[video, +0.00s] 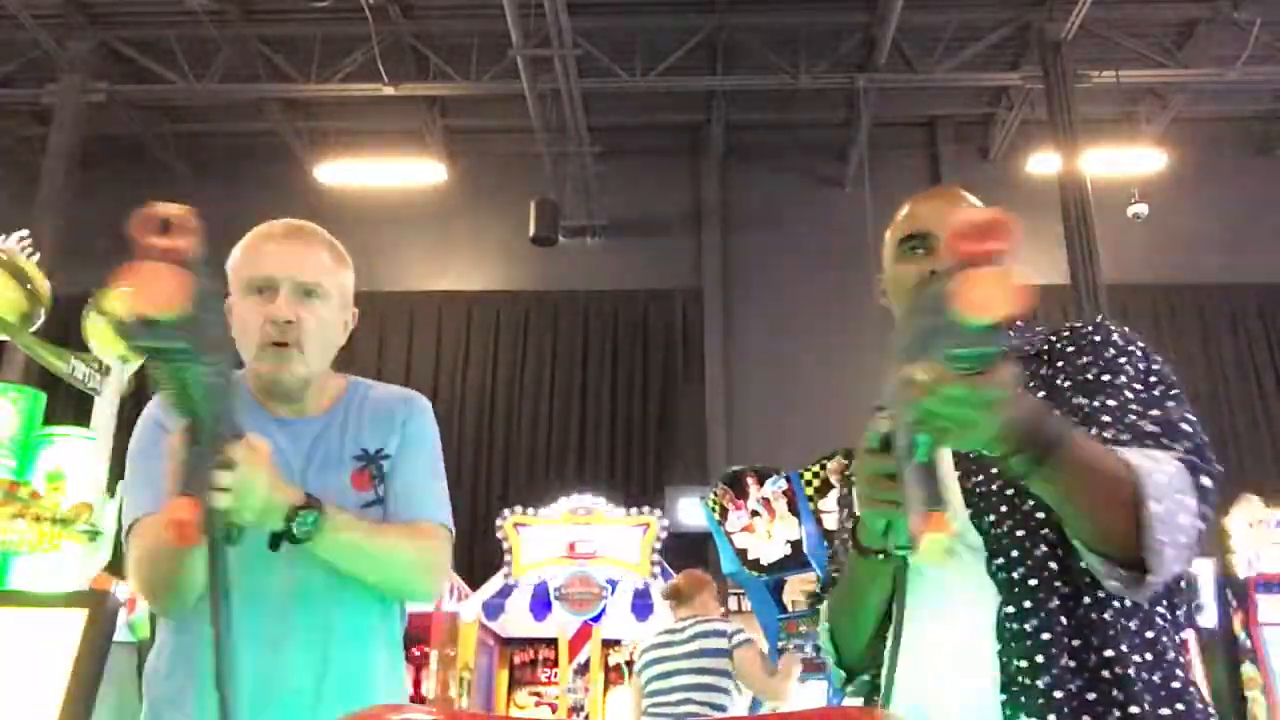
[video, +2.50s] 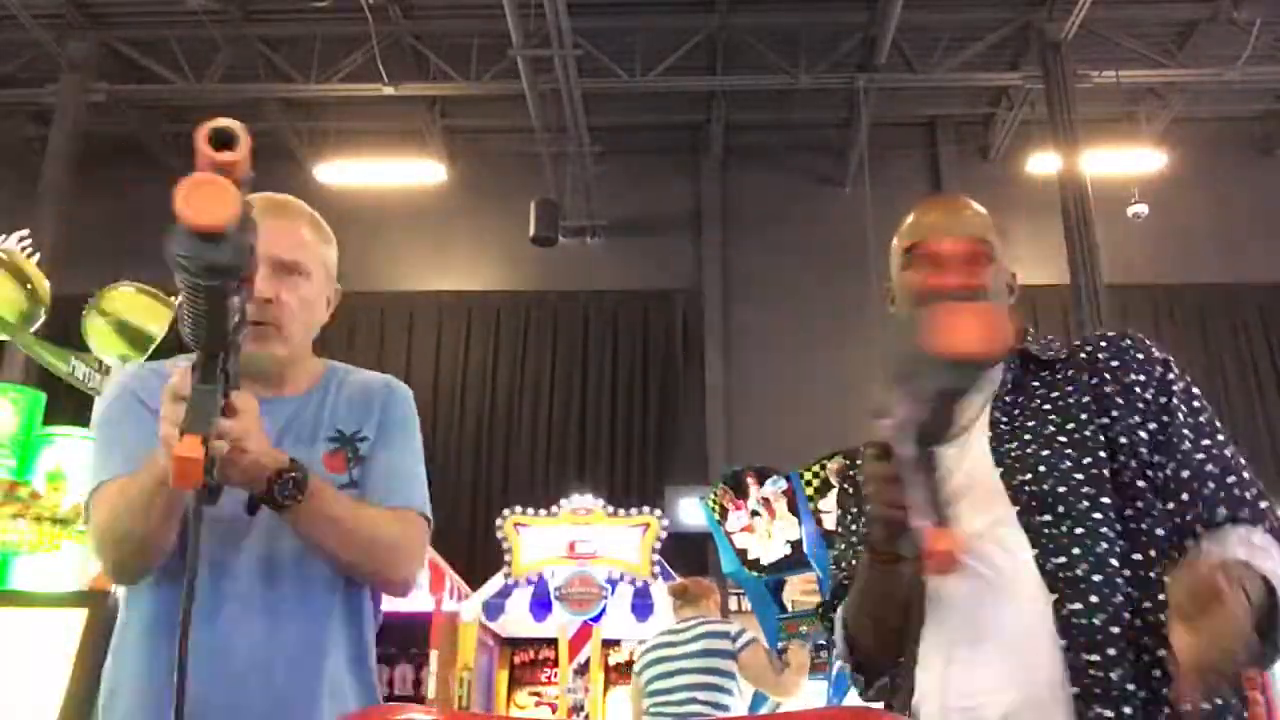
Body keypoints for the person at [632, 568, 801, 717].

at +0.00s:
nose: (721, 607)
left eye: (717, 599)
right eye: (716, 598)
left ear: (673, 607)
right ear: (706, 599)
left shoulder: (647, 647)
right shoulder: (727, 631)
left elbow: (637, 712)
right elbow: (776, 693)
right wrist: (790, 665)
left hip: (656, 715)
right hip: (706, 713)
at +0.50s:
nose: (717, 611)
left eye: (715, 606)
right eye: (716, 605)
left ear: (674, 612)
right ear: (713, 603)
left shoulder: (647, 649)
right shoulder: (730, 633)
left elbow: (643, 703)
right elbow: (786, 681)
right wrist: (797, 654)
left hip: (655, 714)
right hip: (707, 712)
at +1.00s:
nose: (728, 611)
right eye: (725, 605)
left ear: (681, 612)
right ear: (723, 605)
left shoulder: (654, 645)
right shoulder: (738, 636)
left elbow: (650, 699)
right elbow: (797, 686)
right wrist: (796, 652)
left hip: (661, 715)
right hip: (711, 713)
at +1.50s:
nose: (729, 610)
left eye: (727, 603)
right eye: (726, 603)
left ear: (681, 612)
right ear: (719, 602)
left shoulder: (655, 646)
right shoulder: (739, 635)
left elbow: (653, 701)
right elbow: (793, 687)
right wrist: (800, 660)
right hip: (717, 713)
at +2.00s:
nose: (716, 607)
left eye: (714, 600)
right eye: (714, 600)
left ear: (671, 605)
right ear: (708, 595)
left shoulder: (643, 646)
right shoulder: (728, 631)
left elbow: (636, 712)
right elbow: (784, 683)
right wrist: (798, 653)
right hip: (711, 712)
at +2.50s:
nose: (722, 611)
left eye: (721, 606)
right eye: (720, 605)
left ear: (675, 611)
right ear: (713, 602)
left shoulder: (646, 649)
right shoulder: (730, 632)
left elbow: (638, 714)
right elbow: (785, 688)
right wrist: (800, 657)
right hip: (712, 713)